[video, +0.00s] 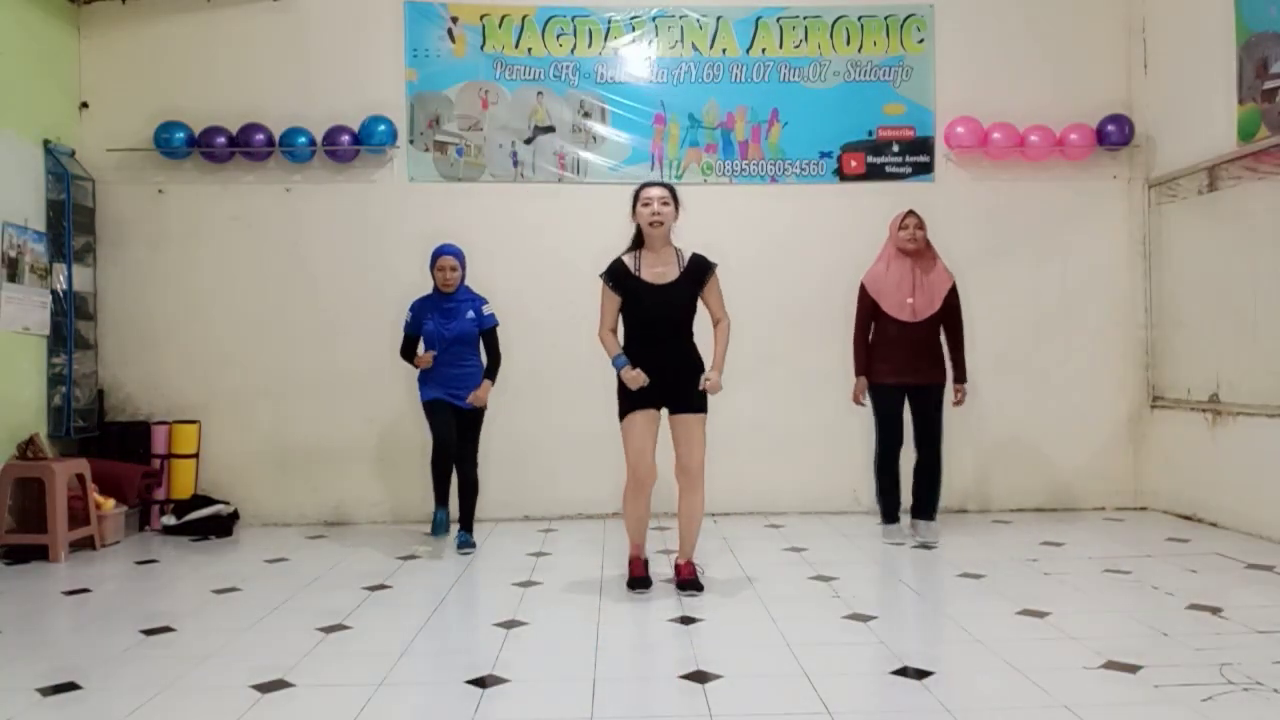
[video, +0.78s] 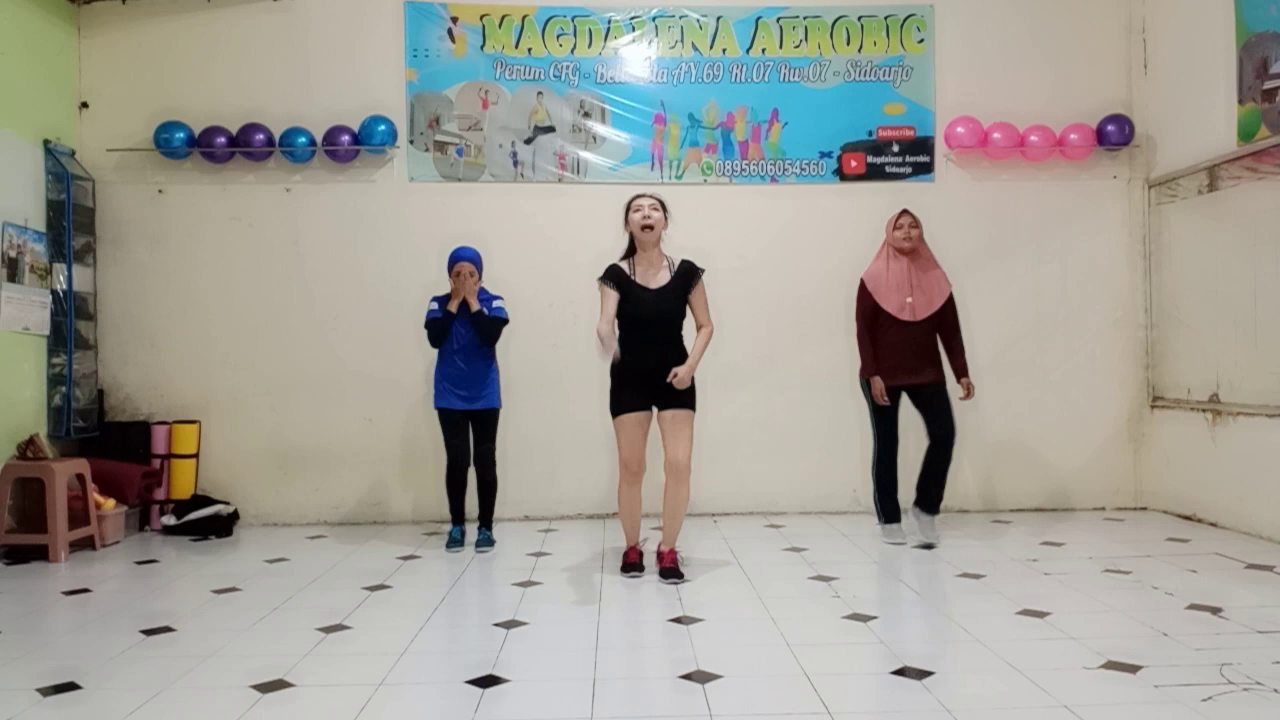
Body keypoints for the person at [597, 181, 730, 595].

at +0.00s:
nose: (656, 209)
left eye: (664, 203)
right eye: (647, 203)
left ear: (676, 213)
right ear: (635, 215)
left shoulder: (697, 267)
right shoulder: (621, 269)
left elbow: (721, 320)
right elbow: (606, 330)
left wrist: (715, 369)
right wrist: (623, 366)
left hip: (686, 375)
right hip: (638, 376)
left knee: (691, 472)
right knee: (641, 474)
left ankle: (686, 561)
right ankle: (637, 556)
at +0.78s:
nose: (647, 215)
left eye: (654, 210)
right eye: (638, 210)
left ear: (665, 223)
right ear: (627, 225)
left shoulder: (685, 272)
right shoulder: (616, 274)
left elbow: (705, 327)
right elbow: (606, 323)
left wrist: (689, 367)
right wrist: (609, 345)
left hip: (674, 375)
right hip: (629, 375)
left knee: (678, 466)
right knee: (632, 468)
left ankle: (668, 549)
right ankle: (632, 547)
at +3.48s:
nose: (657, 201)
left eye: (665, 195)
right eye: (649, 195)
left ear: (676, 206)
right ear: (639, 206)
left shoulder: (695, 252)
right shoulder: (623, 254)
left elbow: (703, 284)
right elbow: (612, 290)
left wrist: (694, 312)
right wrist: (619, 318)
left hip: (686, 351)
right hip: (641, 351)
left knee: (685, 447)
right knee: (643, 449)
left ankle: (682, 539)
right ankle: (643, 538)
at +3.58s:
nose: (657, 221)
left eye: (665, 216)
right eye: (649, 216)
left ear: (676, 228)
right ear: (638, 229)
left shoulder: (695, 277)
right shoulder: (626, 281)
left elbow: (703, 331)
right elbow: (619, 337)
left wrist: (695, 378)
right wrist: (622, 388)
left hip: (687, 381)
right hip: (641, 383)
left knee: (686, 472)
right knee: (645, 473)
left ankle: (679, 551)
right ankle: (645, 552)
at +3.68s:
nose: (658, 219)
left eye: (666, 214)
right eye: (650, 214)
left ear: (677, 225)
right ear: (639, 227)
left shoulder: (697, 276)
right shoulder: (626, 280)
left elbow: (709, 333)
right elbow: (618, 339)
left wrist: (698, 383)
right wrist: (617, 390)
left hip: (687, 384)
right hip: (641, 384)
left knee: (684, 473)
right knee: (646, 474)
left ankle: (679, 552)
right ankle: (646, 552)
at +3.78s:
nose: (659, 215)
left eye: (666, 209)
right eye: (651, 210)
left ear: (678, 221)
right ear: (640, 222)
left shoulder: (697, 270)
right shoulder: (627, 273)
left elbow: (712, 326)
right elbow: (615, 330)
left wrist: (700, 374)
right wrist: (606, 378)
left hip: (687, 377)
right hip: (641, 377)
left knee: (685, 472)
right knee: (645, 470)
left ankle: (679, 551)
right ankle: (645, 551)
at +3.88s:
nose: (658, 214)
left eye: (666, 208)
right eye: (650, 209)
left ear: (678, 221)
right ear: (640, 222)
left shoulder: (698, 270)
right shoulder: (628, 273)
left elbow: (716, 328)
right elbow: (616, 331)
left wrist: (703, 376)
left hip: (688, 375)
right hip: (643, 374)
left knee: (685, 469)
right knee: (646, 470)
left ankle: (679, 551)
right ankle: (645, 551)